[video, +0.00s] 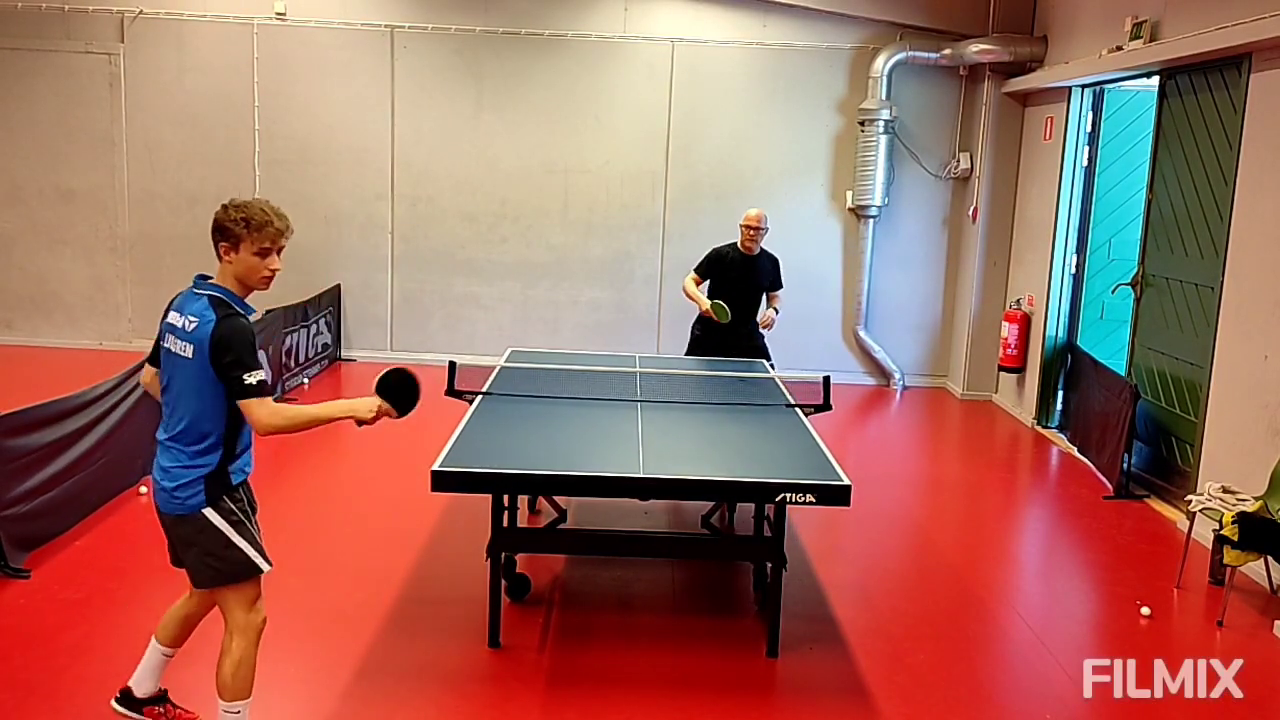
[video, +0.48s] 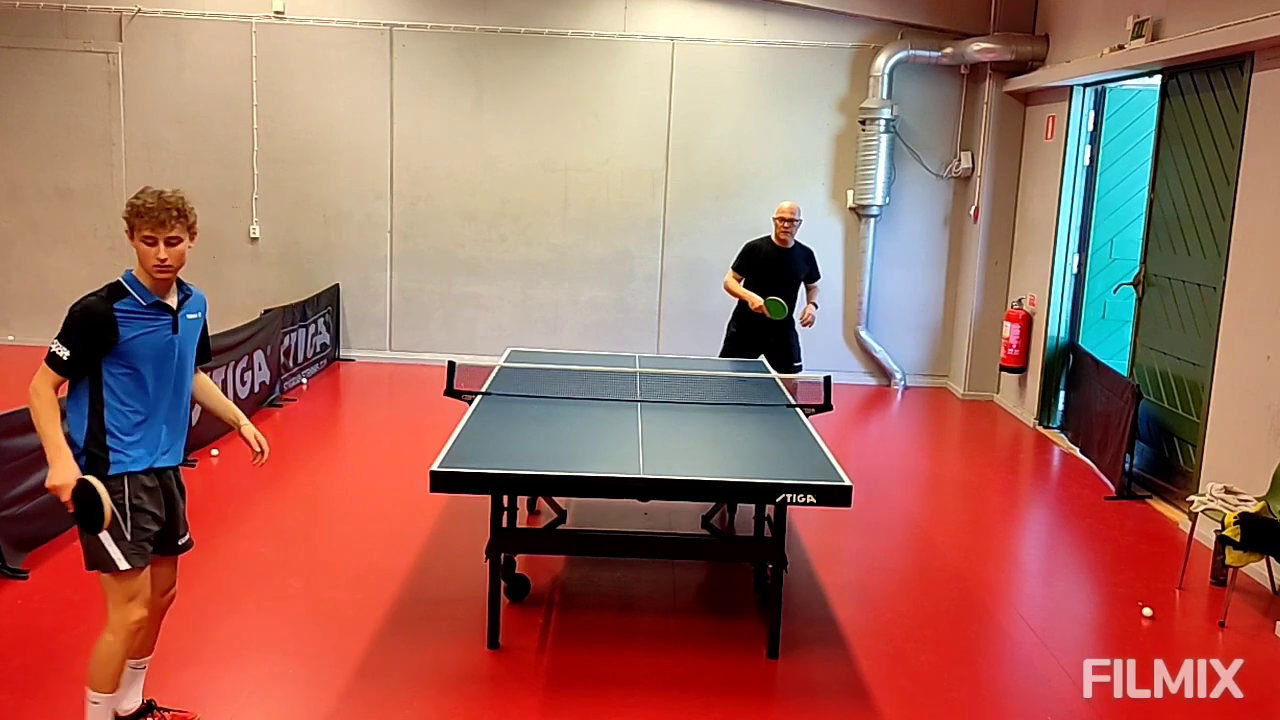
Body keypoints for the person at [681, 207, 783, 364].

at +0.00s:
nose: (751, 233)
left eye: (757, 229)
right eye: (747, 228)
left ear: (765, 232)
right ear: (740, 227)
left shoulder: (770, 263)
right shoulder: (719, 255)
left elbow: (774, 297)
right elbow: (689, 283)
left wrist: (773, 310)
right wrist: (702, 301)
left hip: (746, 335)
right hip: (710, 333)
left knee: (768, 383)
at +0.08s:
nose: (753, 235)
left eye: (759, 231)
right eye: (749, 229)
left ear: (767, 234)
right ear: (742, 229)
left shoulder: (770, 264)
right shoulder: (720, 256)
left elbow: (772, 298)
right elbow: (691, 286)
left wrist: (773, 312)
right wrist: (707, 305)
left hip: (746, 335)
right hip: (710, 332)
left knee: (768, 382)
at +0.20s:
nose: (761, 237)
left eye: (767, 233)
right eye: (757, 232)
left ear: (774, 236)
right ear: (749, 232)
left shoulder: (777, 266)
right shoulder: (728, 258)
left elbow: (777, 300)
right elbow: (701, 290)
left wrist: (781, 314)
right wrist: (722, 310)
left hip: (753, 338)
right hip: (717, 334)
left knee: (777, 383)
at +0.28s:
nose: (768, 236)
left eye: (773, 232)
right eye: (763, 230)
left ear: (781, 235)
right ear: (755, 230)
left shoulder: (784, 265)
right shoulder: (735, 257)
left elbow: (784, 298)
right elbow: (709, 289)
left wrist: (787, 314)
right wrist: (730, 308)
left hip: (763, 338)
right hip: (726, 335)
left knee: (783, 386)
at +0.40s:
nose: (782, 228)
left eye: (787, 225)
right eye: (777, 223)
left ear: (795, 228)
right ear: (769, 224)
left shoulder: (800, 258)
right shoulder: (749, 251)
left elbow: (804, 290)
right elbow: (724, 285)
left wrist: (804, 308)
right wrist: (744, 301)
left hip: (778, 334)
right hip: (741, 331)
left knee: (789, 386)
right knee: (719, 381)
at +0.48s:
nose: (786, 225)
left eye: (791, 221)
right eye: (782, 220)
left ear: (799, 224)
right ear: (774, 220)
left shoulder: (805, 255)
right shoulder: (754, 249)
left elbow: (812, 287)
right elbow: (729, 282)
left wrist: (811, 306)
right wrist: (750, 298)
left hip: (781, 331)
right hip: (746, 327)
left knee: (790, 385)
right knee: (725, 378)